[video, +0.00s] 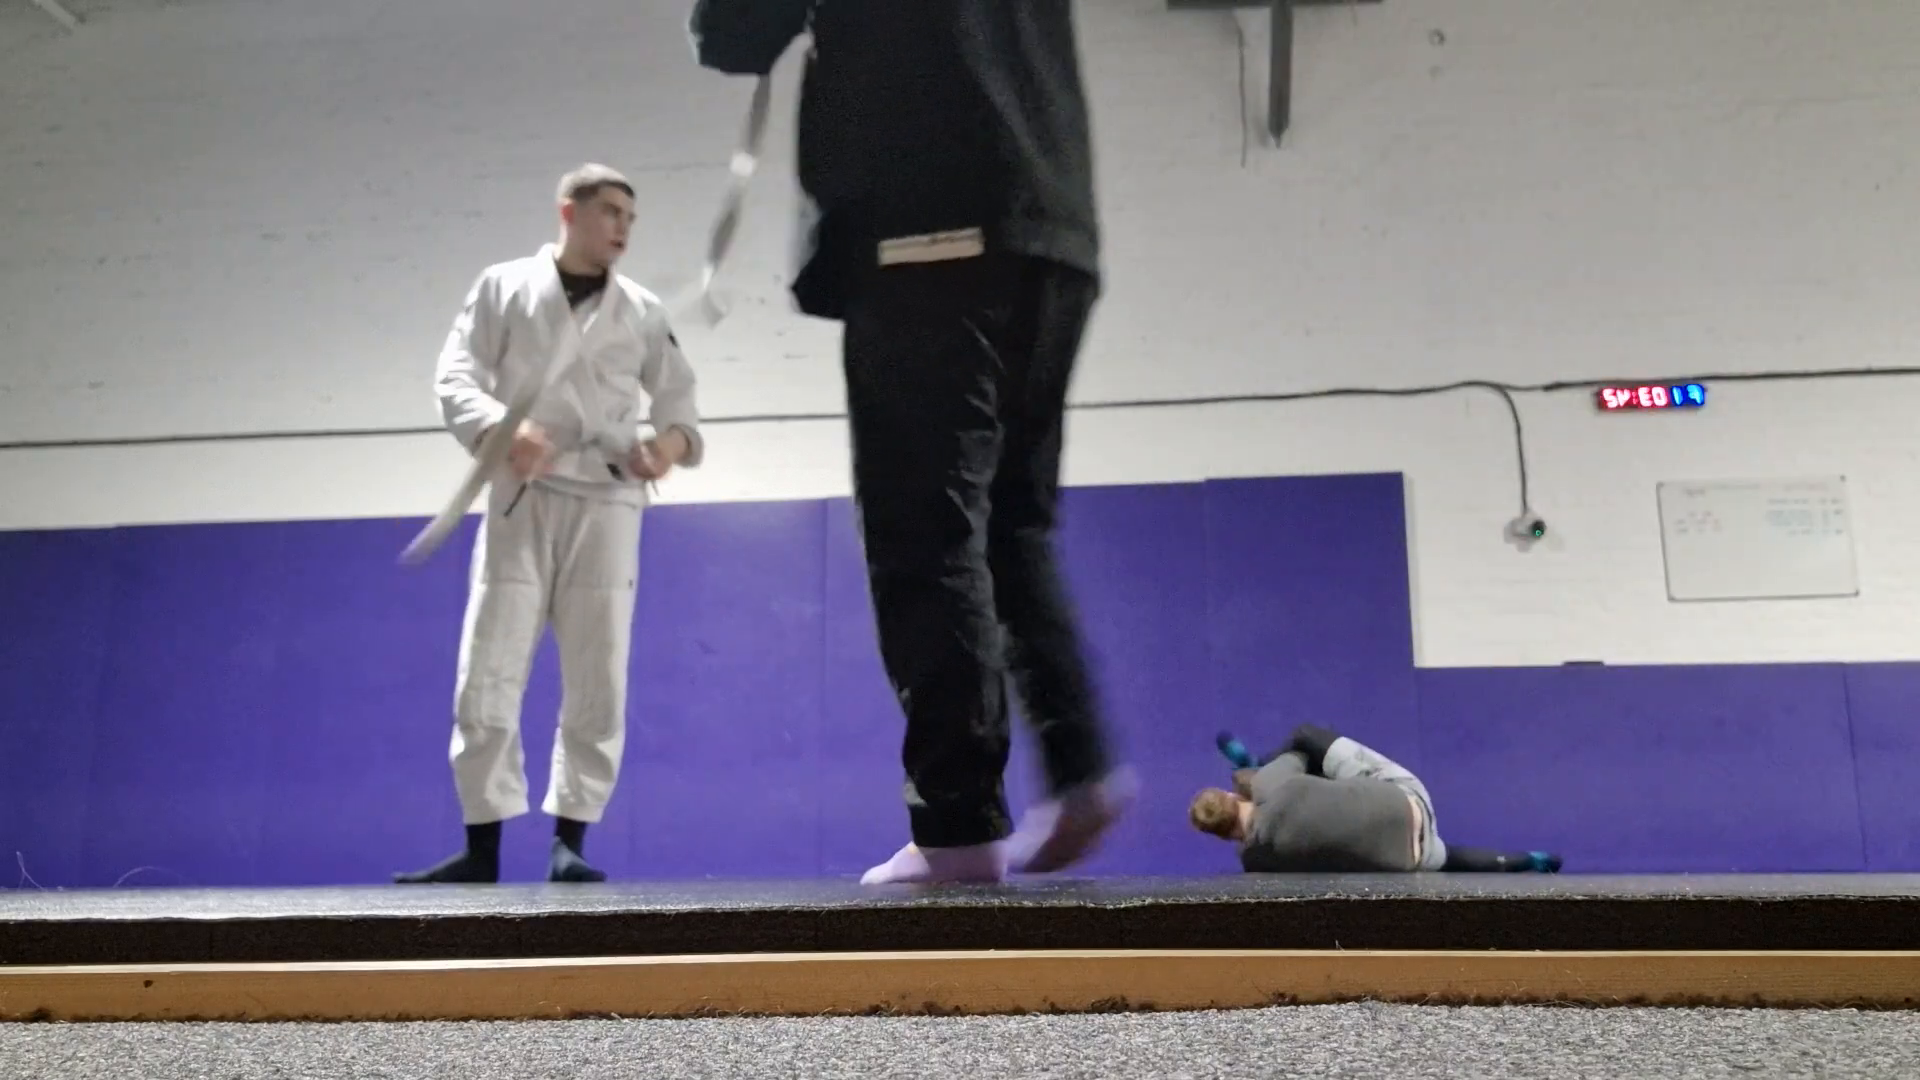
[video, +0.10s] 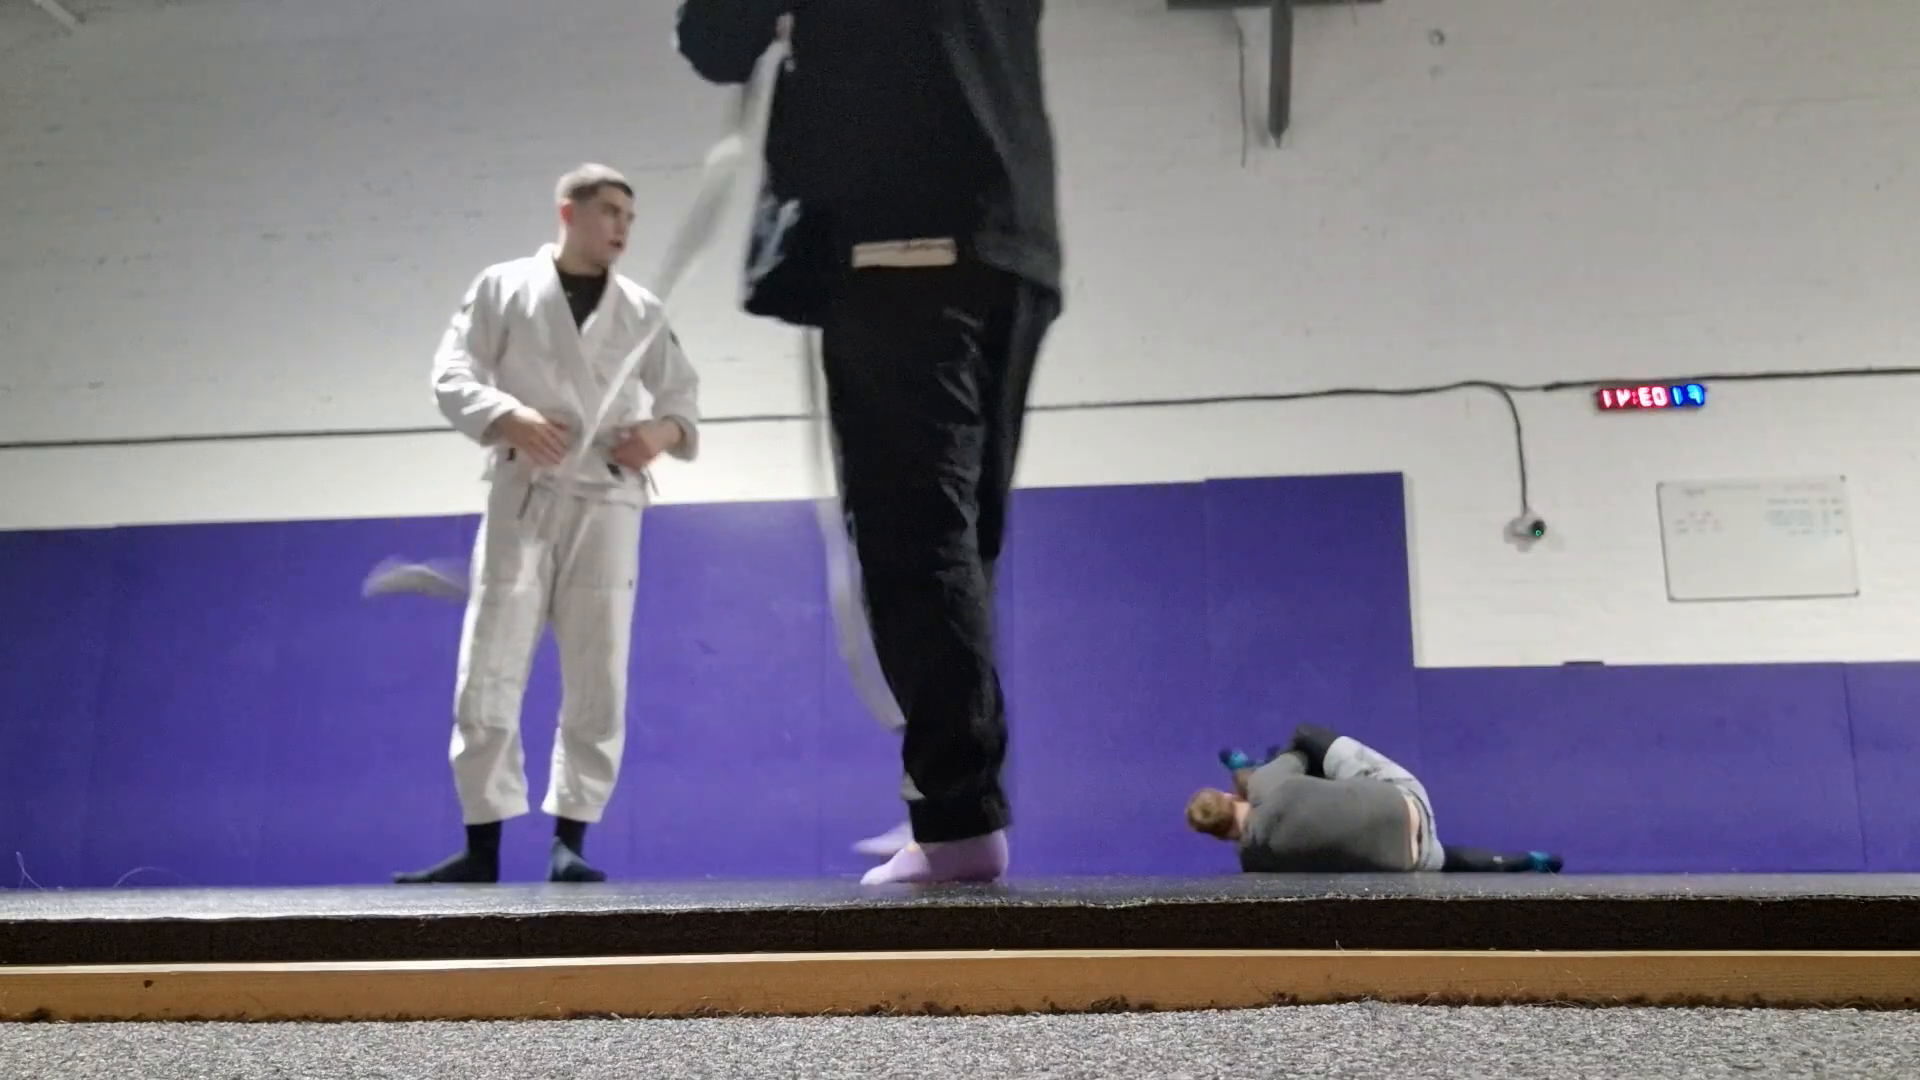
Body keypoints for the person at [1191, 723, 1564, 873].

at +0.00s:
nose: (1227, 795)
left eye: (1215, 817)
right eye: (1225, 793)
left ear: (1222, 836)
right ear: (1233, 791)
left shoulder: (1258, 859)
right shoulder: (1271, 782)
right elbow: (1300, 756)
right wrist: (1257, 775)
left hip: (1413, 856)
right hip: (1409, 802)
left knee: (1447, 855)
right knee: (1310, 738)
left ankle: (1523, 862)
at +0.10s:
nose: (1224, 795)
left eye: (1212, 814)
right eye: (1222, 793)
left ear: (1219, 837)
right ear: (1230, 792)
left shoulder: (1256, 861)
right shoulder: (1268, 783)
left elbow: (1304, 865)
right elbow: (1300, 757)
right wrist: (1260, 774)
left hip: (1412, 859)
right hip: (1408, 804)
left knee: (1444, 856)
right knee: (1308, 736)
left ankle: (1523, 863)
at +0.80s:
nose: (1231, 791)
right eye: (1228, 789)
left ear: (1220, 835)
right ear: (1232, 789)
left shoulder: (1256, 859)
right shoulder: (1266, 781)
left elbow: (1312, 866)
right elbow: (1297, 751)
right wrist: (1257, 772)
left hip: (1414, 860)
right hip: (1408, 804)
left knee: (1443, 856)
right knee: (1307, 739)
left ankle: (1518, 861)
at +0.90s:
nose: (1227, 797)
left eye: (1213, 817)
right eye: (1224, 793)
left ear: (1219, 836)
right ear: (1230, 790)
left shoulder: (1253, 857)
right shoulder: (1265, 777)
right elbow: (1301, 746)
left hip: (1414, 859)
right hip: (1408, 801)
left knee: (1445, 858)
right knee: (1310, 738)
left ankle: (1518, 861)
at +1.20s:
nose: (1224, 792)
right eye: (1221, 794)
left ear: (1218, 840)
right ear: (1228, 796)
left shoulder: (1255, 862)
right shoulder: (1265, 781)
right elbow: (1292, 759)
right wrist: (1249, 781)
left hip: (1418, 861)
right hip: (1413, 807)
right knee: (1309, 737)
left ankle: (1471, 860)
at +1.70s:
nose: (1227, 801)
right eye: (1225, 805)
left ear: (1221, 852)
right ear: (1231, 803)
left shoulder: (1258, 864)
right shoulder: (1269, 781)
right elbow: (1291, 760)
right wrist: (1262, 765)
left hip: (1414, 860)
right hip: (1411, 808)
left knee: (1421, 851)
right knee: (1301, 742)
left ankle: (1466, 866)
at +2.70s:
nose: (1233, 790)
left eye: (1222, 826)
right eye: (1229, 791)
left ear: (1225, 840)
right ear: (1238, 794)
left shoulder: (1256, 862)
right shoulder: (1279, 781)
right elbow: (1302, 769)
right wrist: (1257, 783)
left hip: (1417, 862)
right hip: (1416, 808)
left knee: (1447, 855)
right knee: (1337, 730)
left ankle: (1518, 865)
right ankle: (1340, 775)